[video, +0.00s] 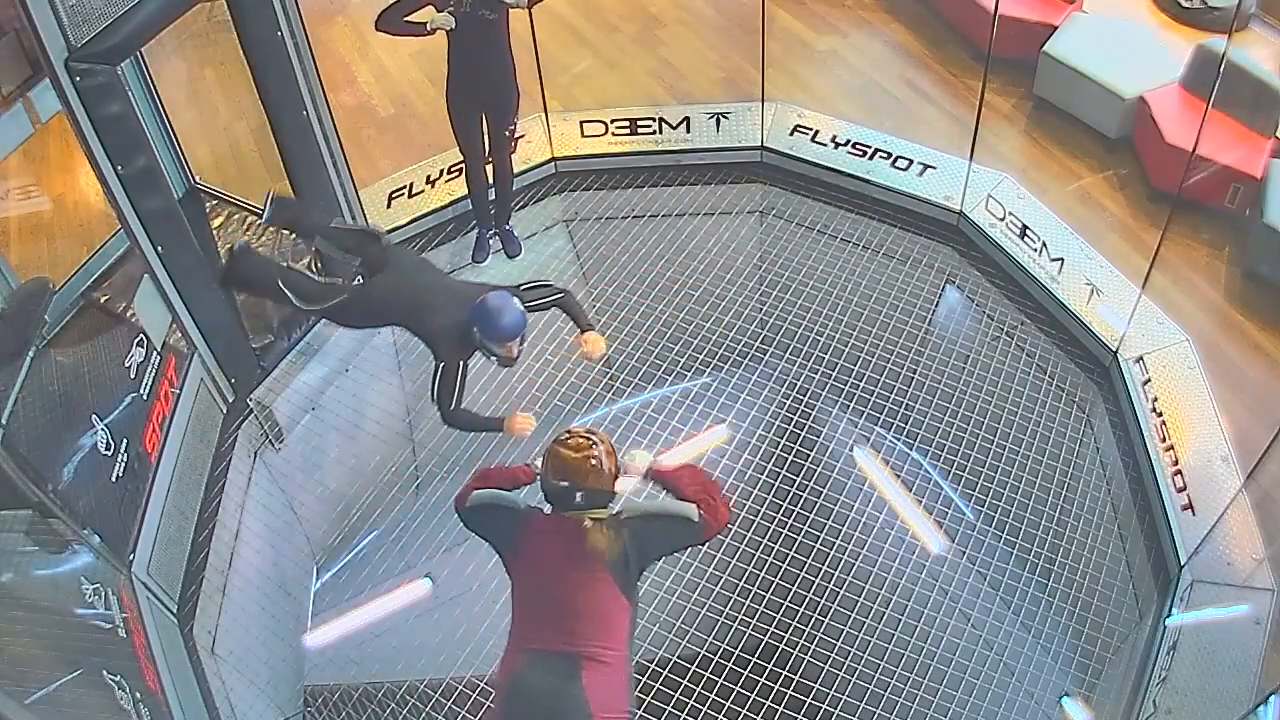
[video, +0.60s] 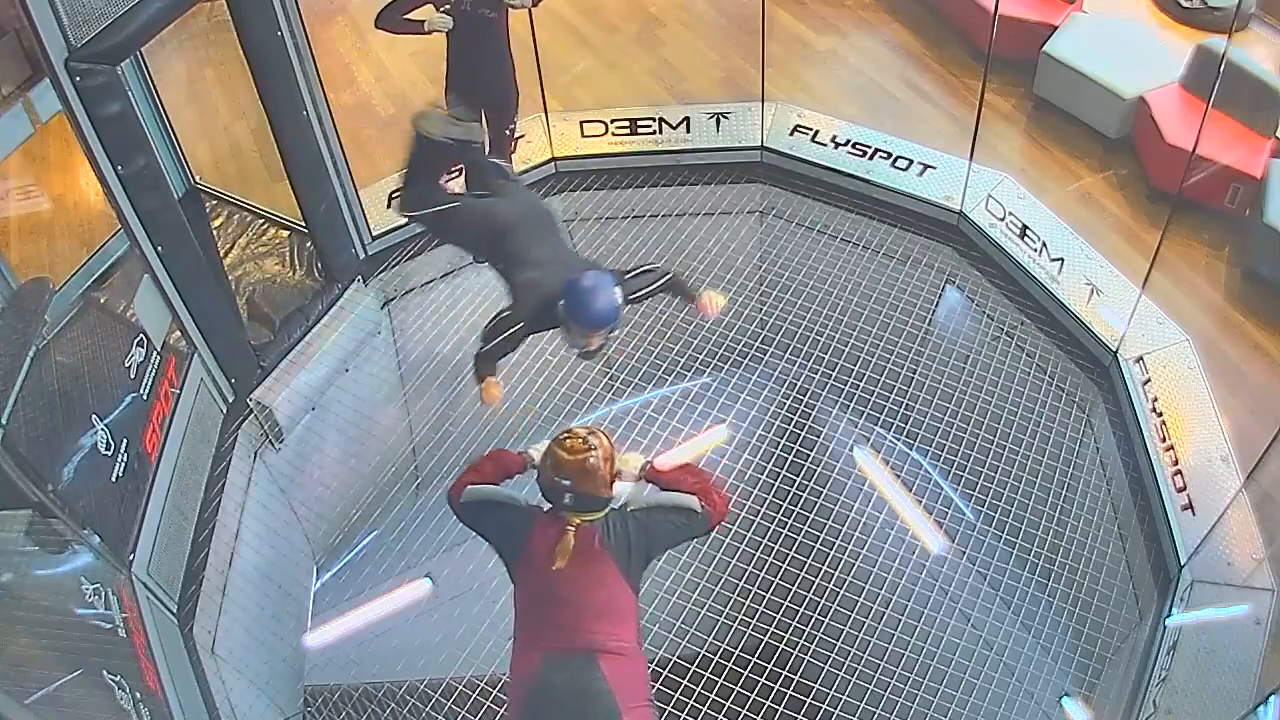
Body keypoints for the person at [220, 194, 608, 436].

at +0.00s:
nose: (514, 349)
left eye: (517, 342)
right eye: (507, 346)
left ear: (518, 316)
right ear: (485, 341)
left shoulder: (504, 297)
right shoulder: (453, 353)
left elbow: (561, 293)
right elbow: (449, 412)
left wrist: (587, 331)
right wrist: (502, 424)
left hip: (417, 264)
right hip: (384, 300)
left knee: (368, 244)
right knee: (320, 298)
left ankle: (289, 214)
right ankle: (243, 263)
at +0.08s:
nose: (521, 345)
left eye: (523, 337)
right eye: (513, 342)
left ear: (524, 318)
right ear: (487, 335)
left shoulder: (512, 298)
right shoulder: (457, 347)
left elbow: (565, 293)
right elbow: (454, 407)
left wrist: (595, 330)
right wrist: (505, 416)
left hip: (421, 259)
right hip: (389, 290)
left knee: (380, 228)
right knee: (322, 287)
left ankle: (301, 189)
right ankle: (236, 241)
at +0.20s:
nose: (531, 348)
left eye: (535, 339)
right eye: (522, 343)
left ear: (541, 317)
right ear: (501, 332)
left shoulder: (527, 296)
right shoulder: (468, 339)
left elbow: (583, 297)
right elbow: (457, 399)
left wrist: (617, 328)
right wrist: (498, 419)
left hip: (434, 247)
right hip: (399, 271)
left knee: (395, 204)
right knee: (323, 262)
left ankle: (338, 154)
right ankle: (262, 207)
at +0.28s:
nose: (542, 348)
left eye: (547, 340)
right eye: (534, 343)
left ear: (553, 310)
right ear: (512, 329)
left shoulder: (541, 290)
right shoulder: (479, 334)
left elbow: (594, 293)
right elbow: (461, 395)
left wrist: (628, 324)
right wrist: (498, 423)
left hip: (450, 240)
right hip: (409, 259)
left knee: (411, 193)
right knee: (343, 256)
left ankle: (373, 128)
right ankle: (312, 180)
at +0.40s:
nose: (567, 351)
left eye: (573, 343)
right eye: (559, 345)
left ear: (578, 320)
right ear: (536, 333)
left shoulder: (570, 292)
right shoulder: (497, 329)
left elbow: (619, 285)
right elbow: (466, 386)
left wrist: (654, 320)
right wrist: (495, 420)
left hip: (476, 226)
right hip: (435, 243)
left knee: (439, 184)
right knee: (368, 218)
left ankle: (409, 136)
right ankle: (380, 175)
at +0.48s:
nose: (577, 353)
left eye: (582, 345)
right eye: (569, 348)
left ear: (591, 325)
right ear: (548, 332)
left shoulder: (588, 293)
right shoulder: (510, 324)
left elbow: (636, 284)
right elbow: (469, 367)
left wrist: (672, 317)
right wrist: (483, 406)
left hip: (496, 218)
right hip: (457, 235)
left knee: (466, 181)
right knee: (383, 207)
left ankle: (431, 145)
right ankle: (392, 135)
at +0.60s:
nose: (594, 342)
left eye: (602, 335)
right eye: (587, 335)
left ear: (615, 316)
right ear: (566, 318)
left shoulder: (613, 287)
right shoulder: (534, 313)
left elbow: (661, 275)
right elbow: (493, 341)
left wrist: (697, 296)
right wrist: (488, 376)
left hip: (534, 212)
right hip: (494, 225)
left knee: (496, 182)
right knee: (418, 203)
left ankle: (470, 146)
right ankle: (435, 135)